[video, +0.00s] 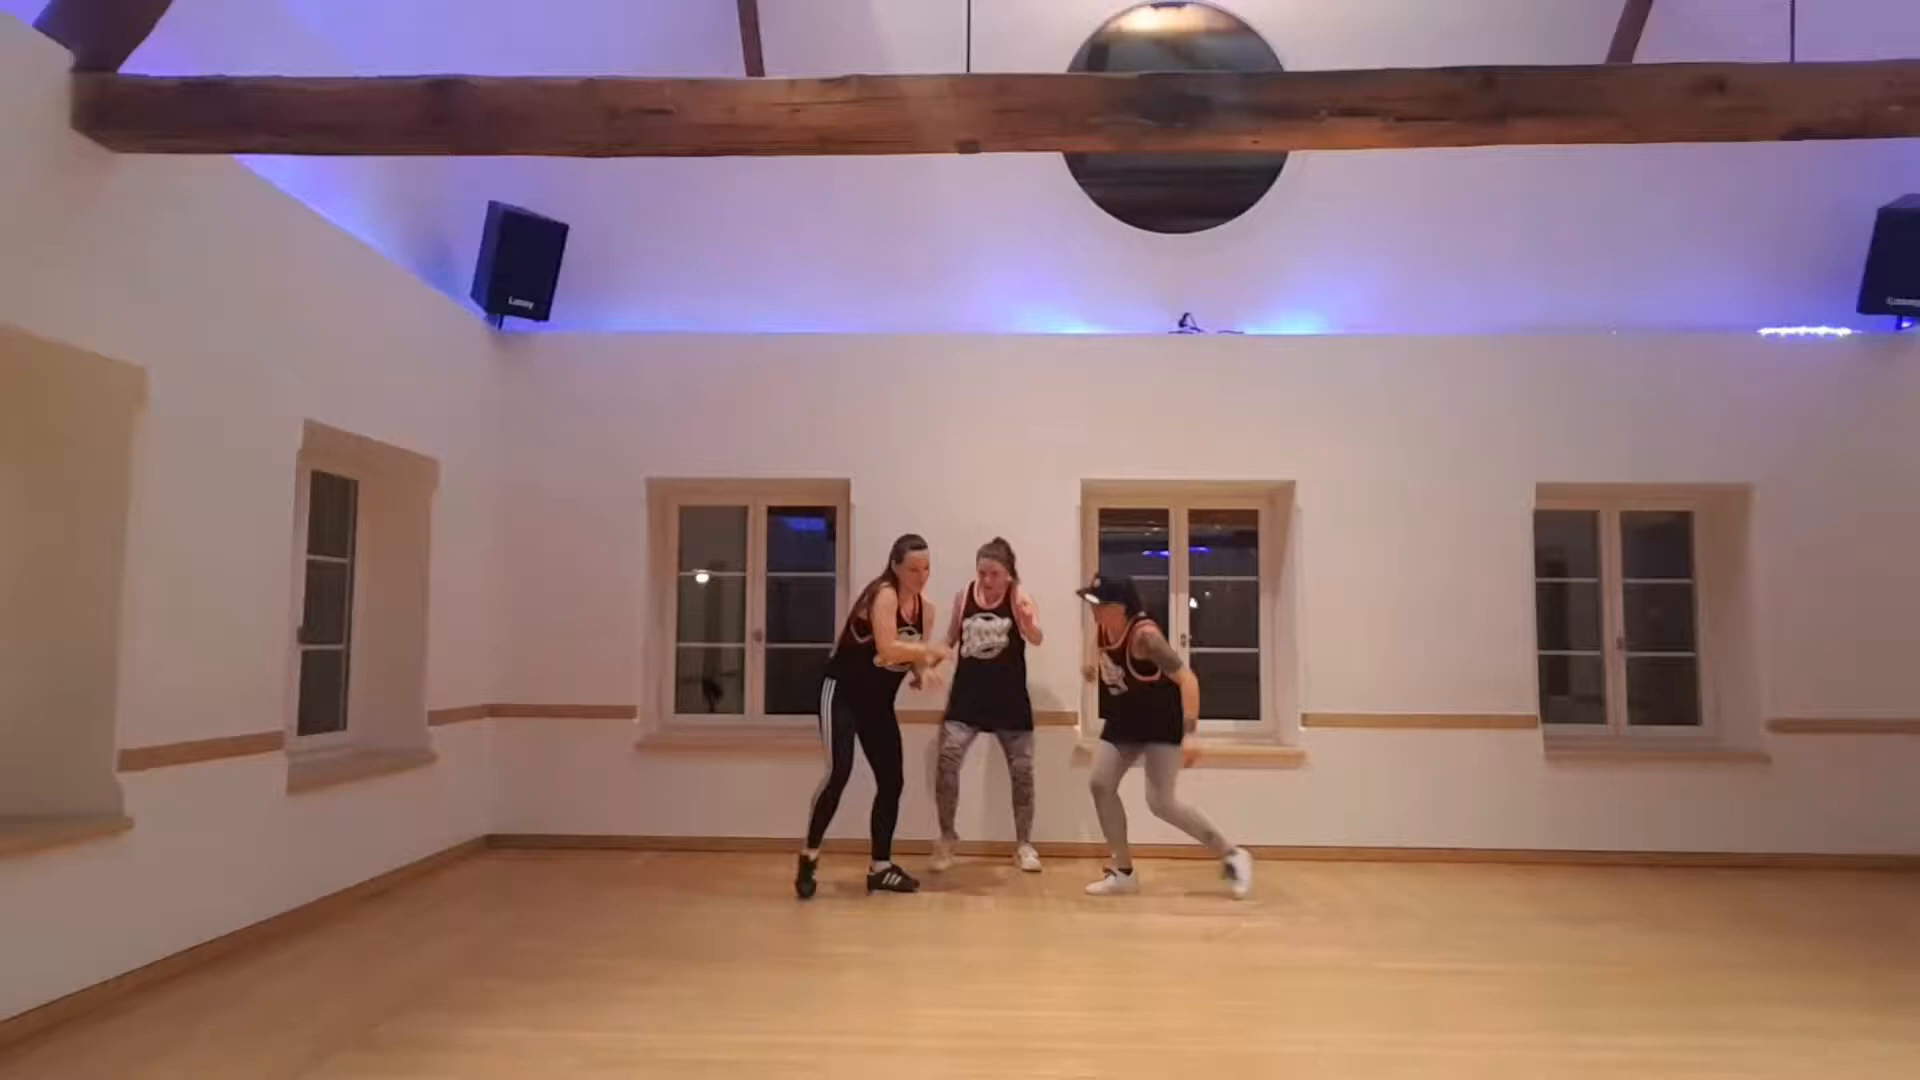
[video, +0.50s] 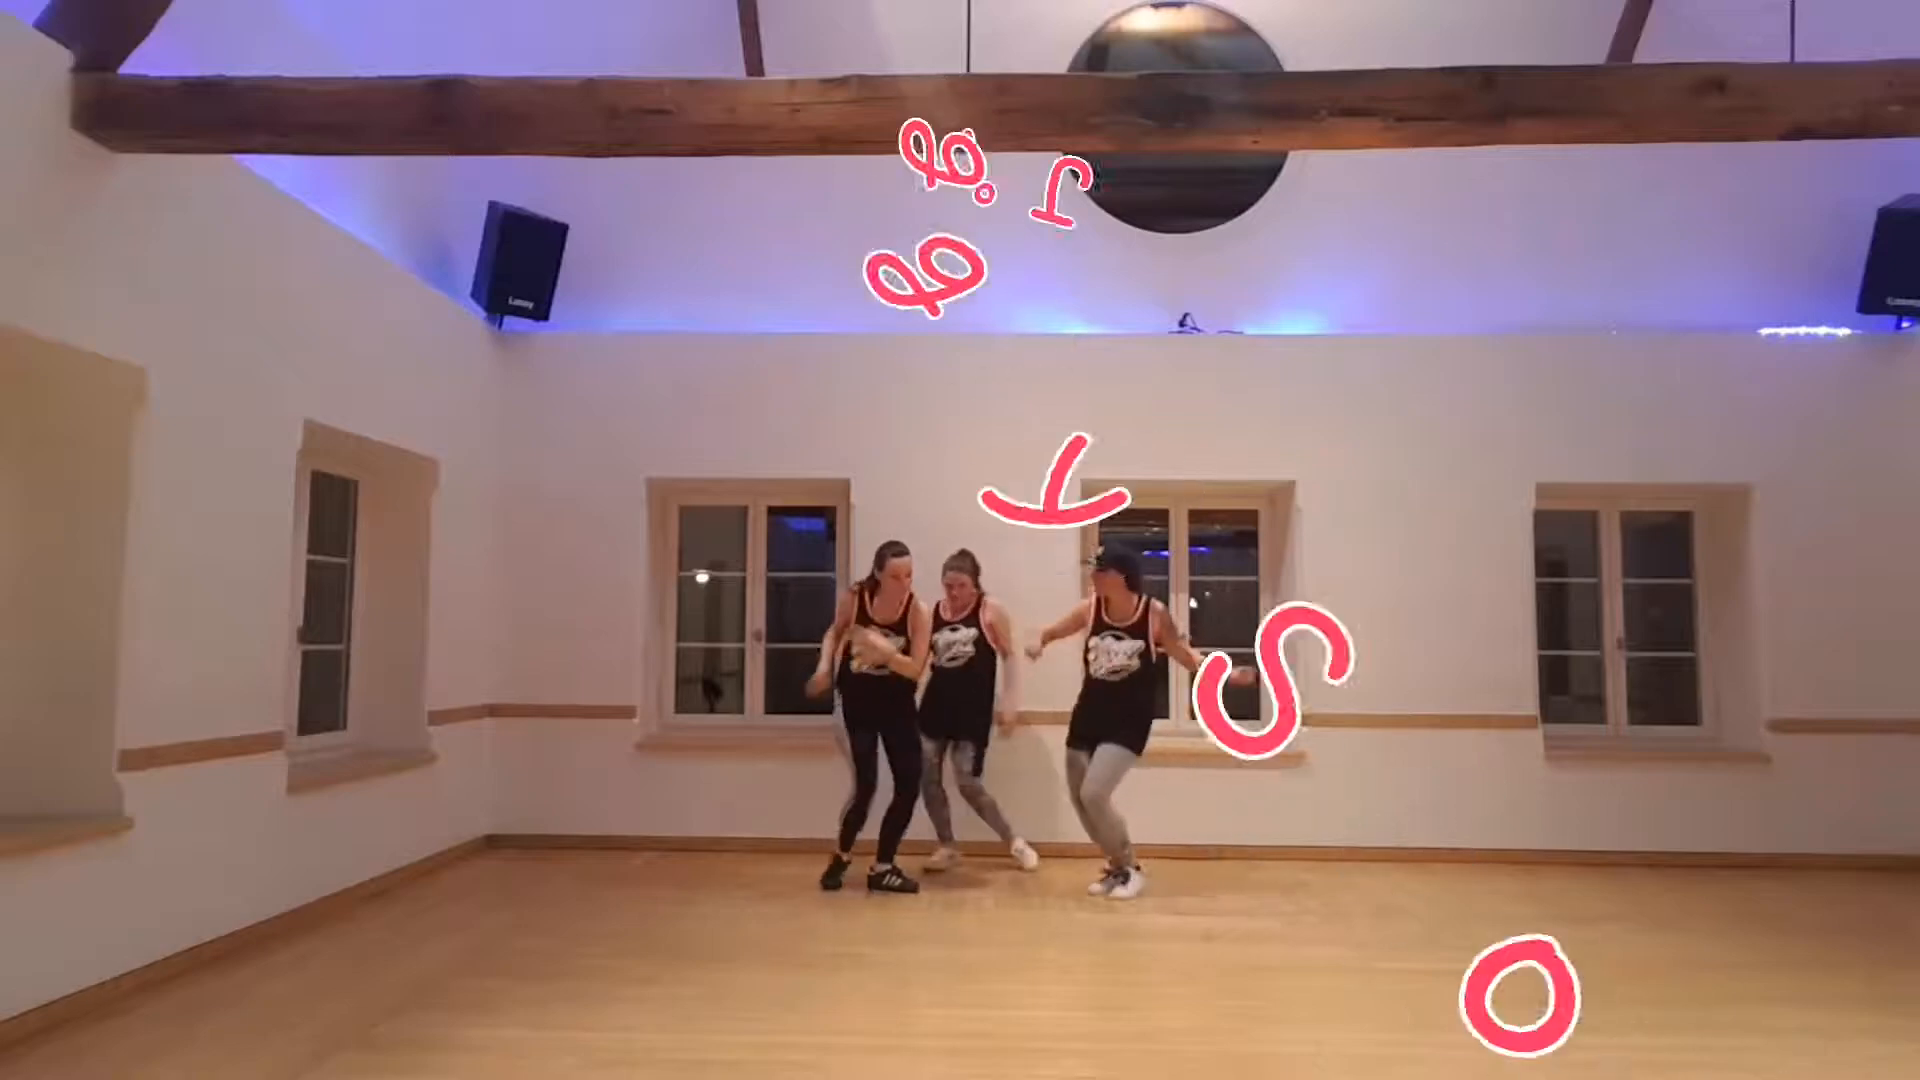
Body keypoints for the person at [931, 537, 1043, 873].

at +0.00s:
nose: (988, 580)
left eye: (995, 574)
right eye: (983, 573)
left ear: (1010, 574)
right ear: (976, 571)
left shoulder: (1019, 598)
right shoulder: (964, 597)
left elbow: (1036, 638)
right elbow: (951, 639)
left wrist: (1022, 617)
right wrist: (932, 664)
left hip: (1009, 698)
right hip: (968, 695)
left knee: (1022, 768)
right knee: (948, 757)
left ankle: (1024, 844)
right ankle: (947, 838)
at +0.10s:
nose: (983, 577)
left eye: (990, 571)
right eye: (978, 570)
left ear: (1005, 571)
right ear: (972, 568)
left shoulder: (1014, 594)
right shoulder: (961, 595)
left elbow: (1035, 630)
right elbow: (949, 636)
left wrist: (1018, 608)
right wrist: (925, 665)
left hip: (1003, 696)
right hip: (961, 693)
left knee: (1015, 768)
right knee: (940, 758)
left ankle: (1024, 843)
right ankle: (941, 837)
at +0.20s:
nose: (975, 578)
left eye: (982, 572)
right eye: (971, 571)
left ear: (997, 572)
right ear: (964, 569)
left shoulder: (1005, 594)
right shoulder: (953, 595)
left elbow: (1033, 621)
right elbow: (942, 636)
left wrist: (1023, 611)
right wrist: (918, 661)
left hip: (990, 694)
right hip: (949, 691)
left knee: (1008, 769)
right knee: (931, 761)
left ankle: (1024, 843)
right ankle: (941, 839)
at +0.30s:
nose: (969, 584)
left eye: (975, 577)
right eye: (964, 576)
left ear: (989, 576)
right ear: (956, 574)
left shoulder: (998, 598)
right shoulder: (946, 602)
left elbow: (1025, 619)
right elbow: (931, 644)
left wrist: (1030, 636)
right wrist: (911, 672)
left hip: (981, 701)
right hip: (940, 697)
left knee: (997, 773)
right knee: (926, 766)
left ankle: (1022, 844)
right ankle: (943, 841)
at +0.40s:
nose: (959, 589)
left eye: (966, 583)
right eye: (954, 582)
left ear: (982, 582)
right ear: (948, 580)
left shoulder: (993, 607)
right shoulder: (940, 609)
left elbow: (1024, 636)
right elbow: (925, 650)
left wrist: (1025, 661)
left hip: (974, 704)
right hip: (936, 701)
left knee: (983, 777)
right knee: (926, 774)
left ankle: (1019, 845)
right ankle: (946, 845)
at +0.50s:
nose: (953, 592)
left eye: (960, 586)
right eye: (948, 585)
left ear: (976, 585)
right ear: (942, 583)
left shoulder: (991, 613)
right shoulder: (932, 613)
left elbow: (1010, 657)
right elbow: (918, 658)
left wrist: (1010, 704)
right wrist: (903, 695)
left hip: (973, 706)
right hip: (936, 702)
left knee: (968, 784)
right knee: (928, 778)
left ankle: (1013, 842)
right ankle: (947, 845)